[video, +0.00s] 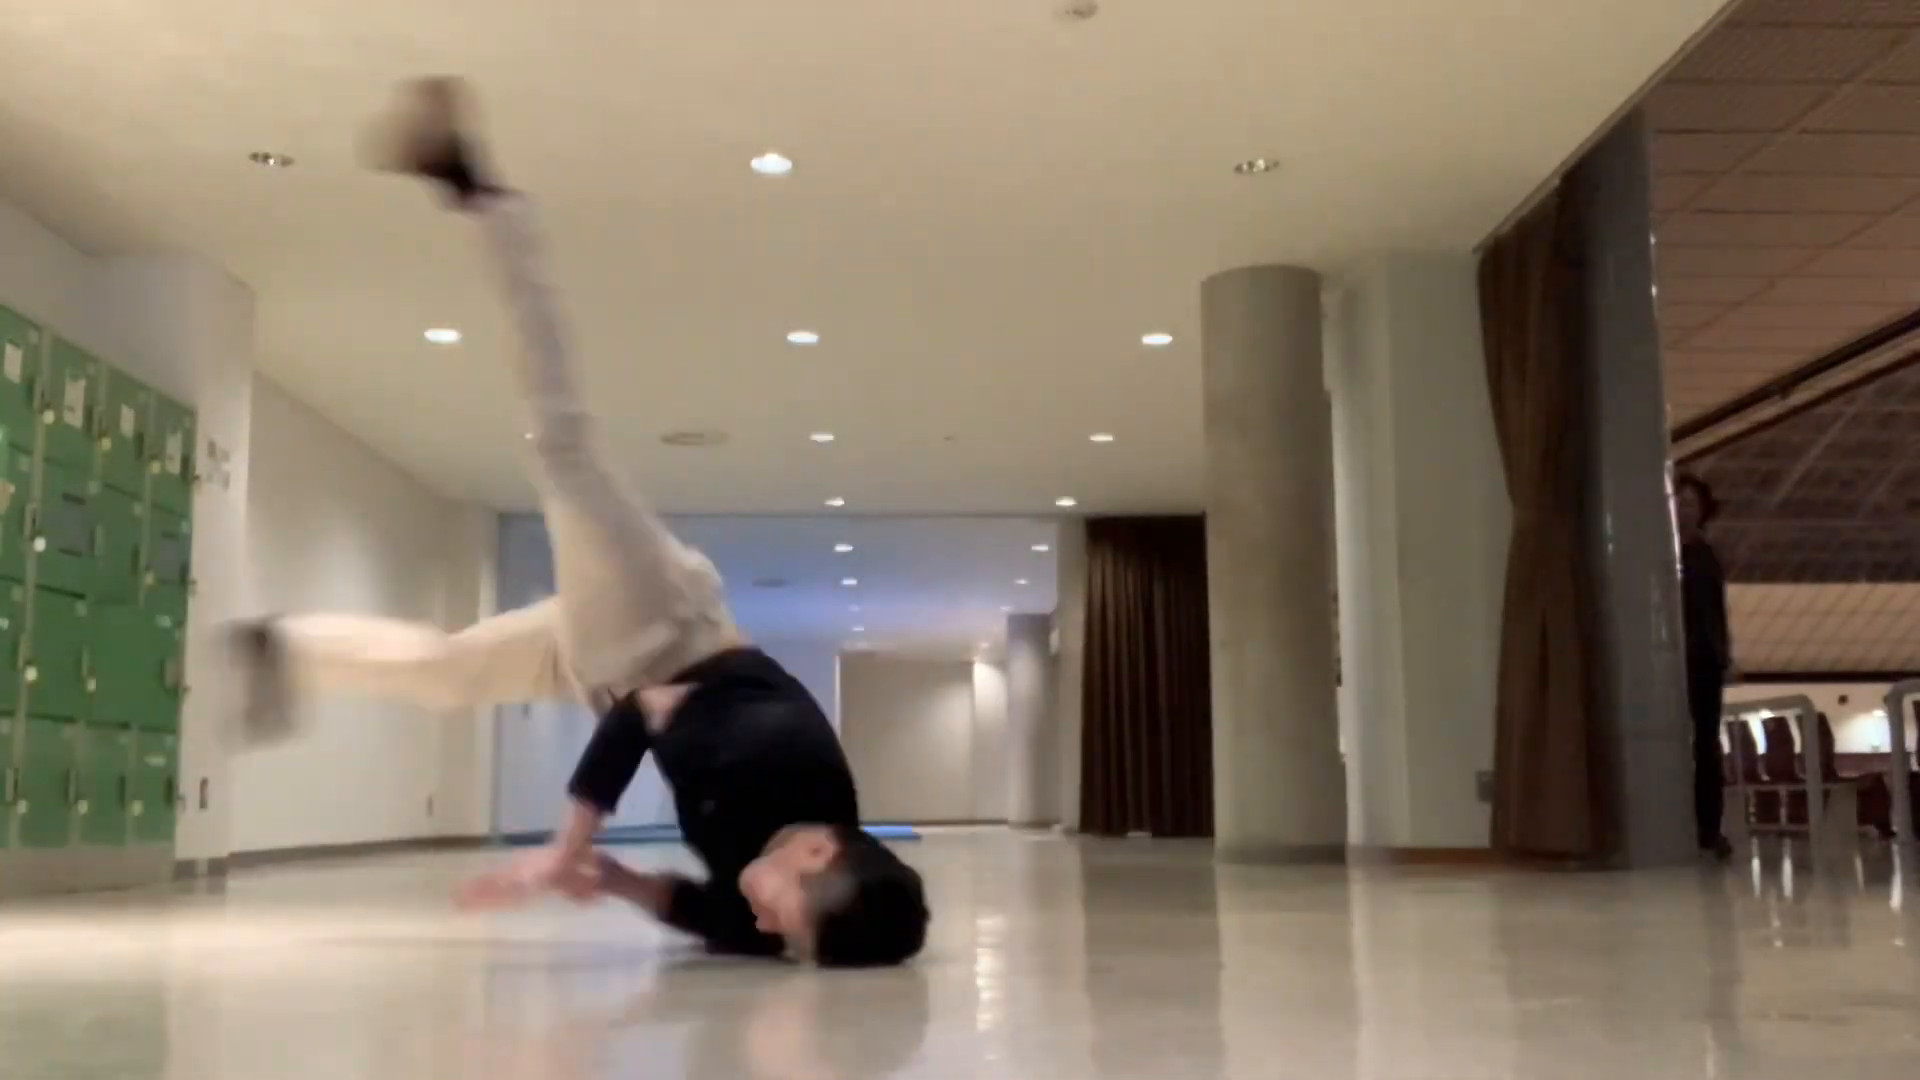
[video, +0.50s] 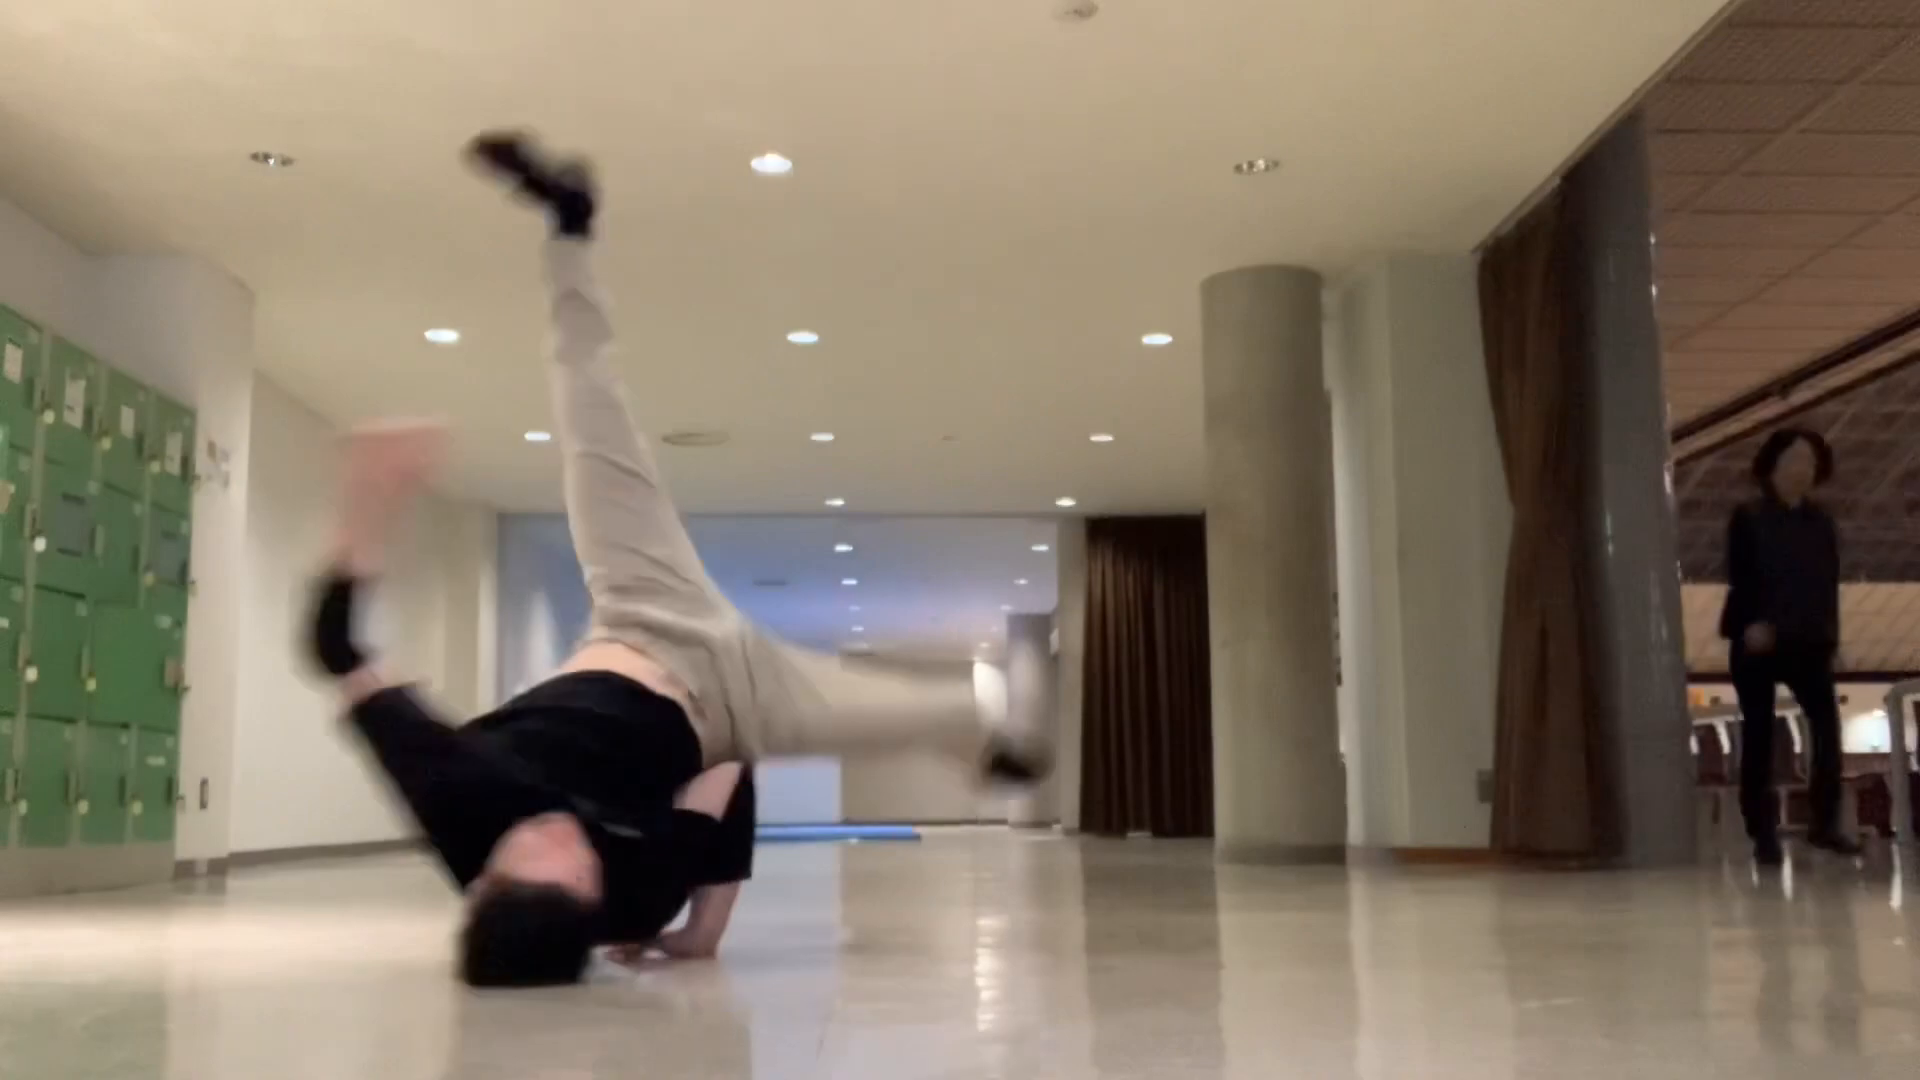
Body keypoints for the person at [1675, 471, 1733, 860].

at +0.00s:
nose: (1681, 511)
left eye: (1689, 504)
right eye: (1678, 502)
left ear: (1702, 512)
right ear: (1669, 508)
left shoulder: (1703, 556)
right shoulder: (1663, 554)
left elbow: (1714, 612)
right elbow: (1714, 614)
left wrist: (1721, 656)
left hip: (1702, 661)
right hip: (1673, 660)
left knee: (1705, 746)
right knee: (1686, 744)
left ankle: (1708, 831)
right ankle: (1688, 830)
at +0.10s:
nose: (1703, 511)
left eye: (1710, 503)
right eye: (1695, 503)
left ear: (1719, 508)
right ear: (1680, 506)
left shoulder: (1726, 551)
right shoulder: (1666, 548)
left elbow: (1751, 594)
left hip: (1718, 657)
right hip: (1673, 657)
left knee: (1712, 744)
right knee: (1680, 740)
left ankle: (1709, 829)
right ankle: (1682, 828)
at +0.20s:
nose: (1723, 509)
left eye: (1730, 501)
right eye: (1715, 500)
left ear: (1741, 509)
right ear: (1699, 507)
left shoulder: (1747, 554)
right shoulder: (1682, 554)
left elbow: (1782, 579)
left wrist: (1817, 602)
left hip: (1740, 660)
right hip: (1694, 661)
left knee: (1725, 742)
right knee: (1729, 742)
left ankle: (1708, 819)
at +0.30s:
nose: (1752, 499)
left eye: (1756, 491)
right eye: (1742, 491)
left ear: (1762, 500)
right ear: (1722, 501)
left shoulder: (1770, 549)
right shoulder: (1700, 549)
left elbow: (1807, 576)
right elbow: (1668, 586)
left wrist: (1844, 594)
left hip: (1760, 659)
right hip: (1715, 659)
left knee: (1759, 743)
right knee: (1757, 742)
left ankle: (1720, 808)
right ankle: (1763, 837)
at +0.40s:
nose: (1773, 486)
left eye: (1780, 477)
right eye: (1764, 477)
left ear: (1791, 485)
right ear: (1746, 484)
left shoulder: (1796, 537)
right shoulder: (1724, 538)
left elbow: (1826, 585)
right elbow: (1697, 592)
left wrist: (1852, 628)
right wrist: (1684, 638)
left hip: (1778, 657)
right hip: (1734, 657)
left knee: (1789, 741)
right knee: (1763, 742)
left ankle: (1764, 823)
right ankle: (1762, 837)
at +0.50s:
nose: (1802, 472)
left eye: (1809, 463)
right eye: (1793, 461)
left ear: (1817, 473)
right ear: (1772, 467)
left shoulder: (1819, 521)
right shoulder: (1750, 517)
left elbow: (1827, 585)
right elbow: (1741, 577)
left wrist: (1829, 637)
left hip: (1805, 641)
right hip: (1756, 642)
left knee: (1827, 728)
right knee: (1759, 734)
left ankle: (1825, 824)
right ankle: (1762, 833)